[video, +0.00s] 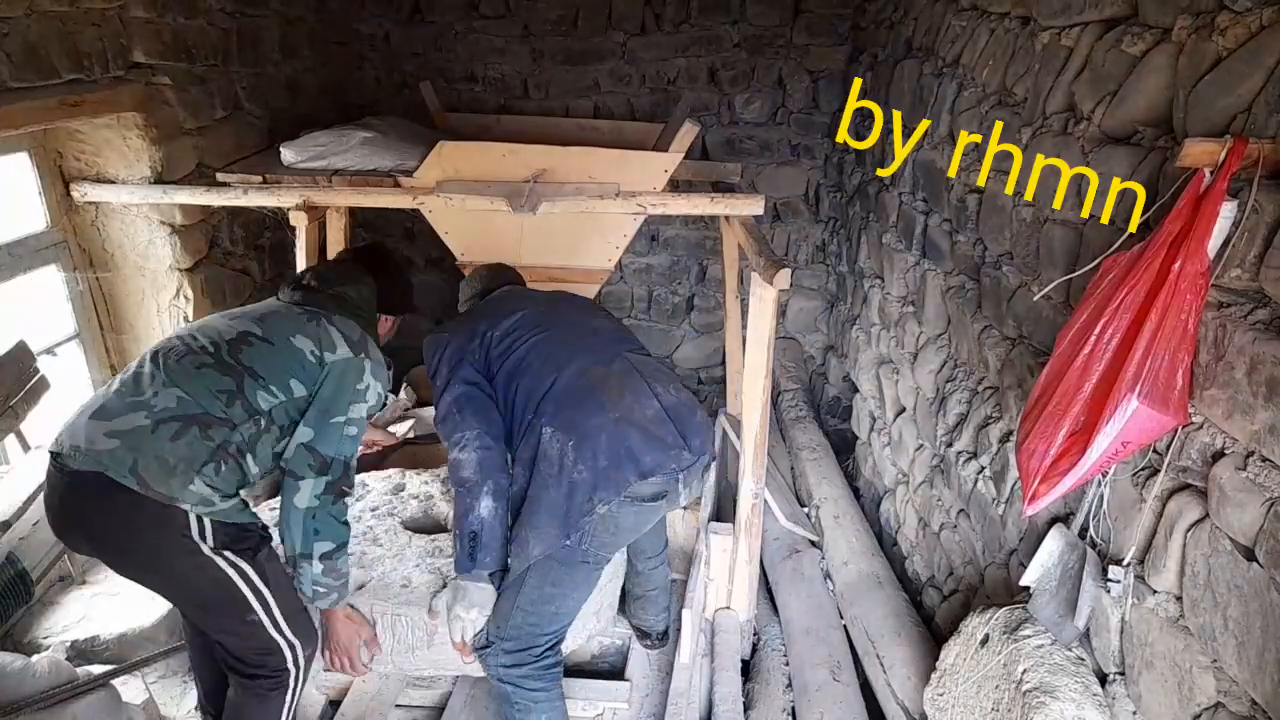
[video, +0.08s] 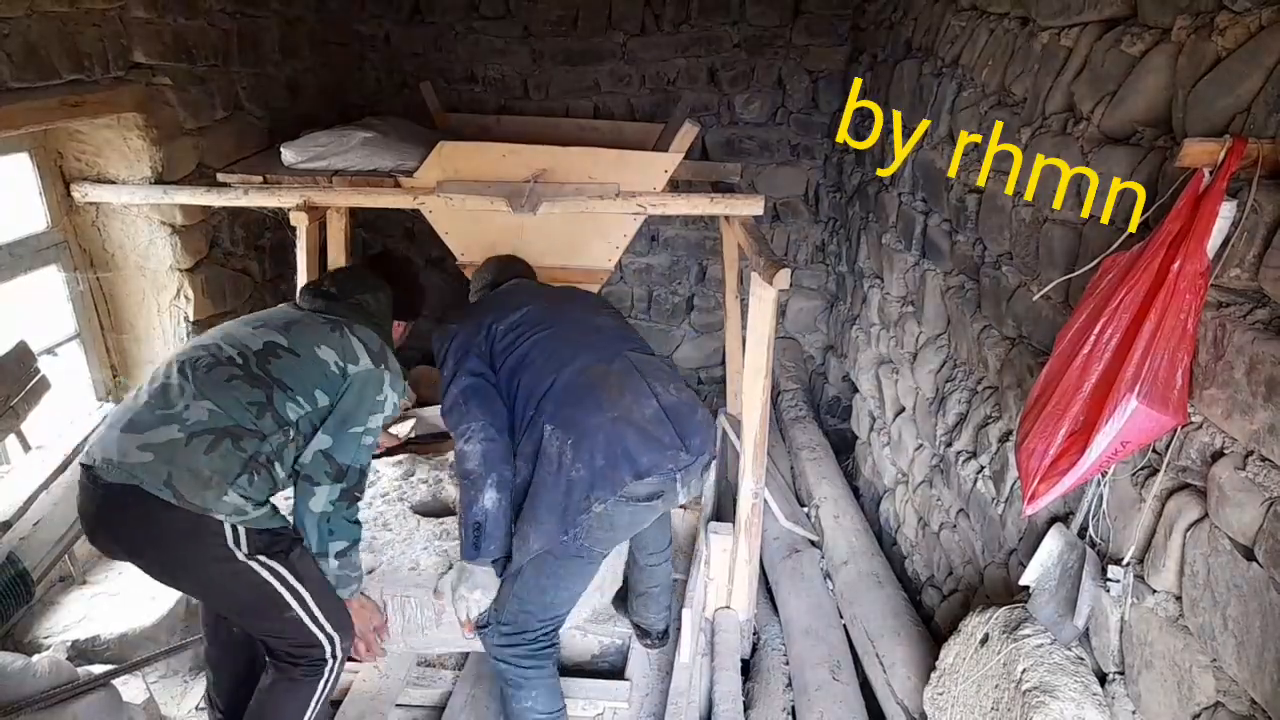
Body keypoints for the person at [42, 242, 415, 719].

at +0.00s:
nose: (392, 333)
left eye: (393, 324)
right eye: (395, 324)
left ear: (322, 287)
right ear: (384, 322)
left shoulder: (269, 314)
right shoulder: (357, 358)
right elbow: (315, 490)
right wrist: (333, 604)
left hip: (72, 483)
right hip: (150, 500)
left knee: (209, 607)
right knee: (281, 653)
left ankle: (219, 709)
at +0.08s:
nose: (403, 339)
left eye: (404, 333)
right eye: (405, 332)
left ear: (332, 295)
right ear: (396, 328)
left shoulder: (279, 320)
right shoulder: (374, 367)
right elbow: (325, 494)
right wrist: (348, 594)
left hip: (102, 489)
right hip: (181, 507)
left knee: (234, 584)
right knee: (320, 645)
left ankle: (232, 707)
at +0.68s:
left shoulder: (63, 508)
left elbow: (7, 603)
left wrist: (103, 652)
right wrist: (182, 619)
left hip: (242, 570)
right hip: (370, 509)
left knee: (233, 682)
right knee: (373, 582)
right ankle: (364, 702)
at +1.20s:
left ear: (306, 238)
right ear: (379, 255)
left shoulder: (228, 264)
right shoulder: (403, 305)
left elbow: (148, 349)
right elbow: (424, 424)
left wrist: (174, 465)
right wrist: (391, 504)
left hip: (215, 503)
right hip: (346, 502)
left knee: (229, 682)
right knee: (379, 570)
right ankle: (372, 691)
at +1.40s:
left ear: (59, 355)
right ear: (139, 335)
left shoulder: (17, 397)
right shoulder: (196, 344)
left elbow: (6, 576)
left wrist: (85, 665)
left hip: (168, 604)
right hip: (313, 539)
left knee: (198, 707)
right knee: (336, 604)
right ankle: (358, 712)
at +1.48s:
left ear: (90, 280)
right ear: (192, 275)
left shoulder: (25, 331)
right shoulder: (244, 322)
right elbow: (301, 455)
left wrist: (13, 621)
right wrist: (257, 595)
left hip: (120, 588)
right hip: (277, 550)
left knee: (186, 706)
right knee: (335, 647)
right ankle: (360, 712)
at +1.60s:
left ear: (121, 240)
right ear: (224, 241)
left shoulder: (29, 305)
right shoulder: (264, 300)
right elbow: (308, 437)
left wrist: (14, 560)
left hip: (97, 597)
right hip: (251, 557)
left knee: (184, 709)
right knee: (356, 572)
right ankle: (365, 712)